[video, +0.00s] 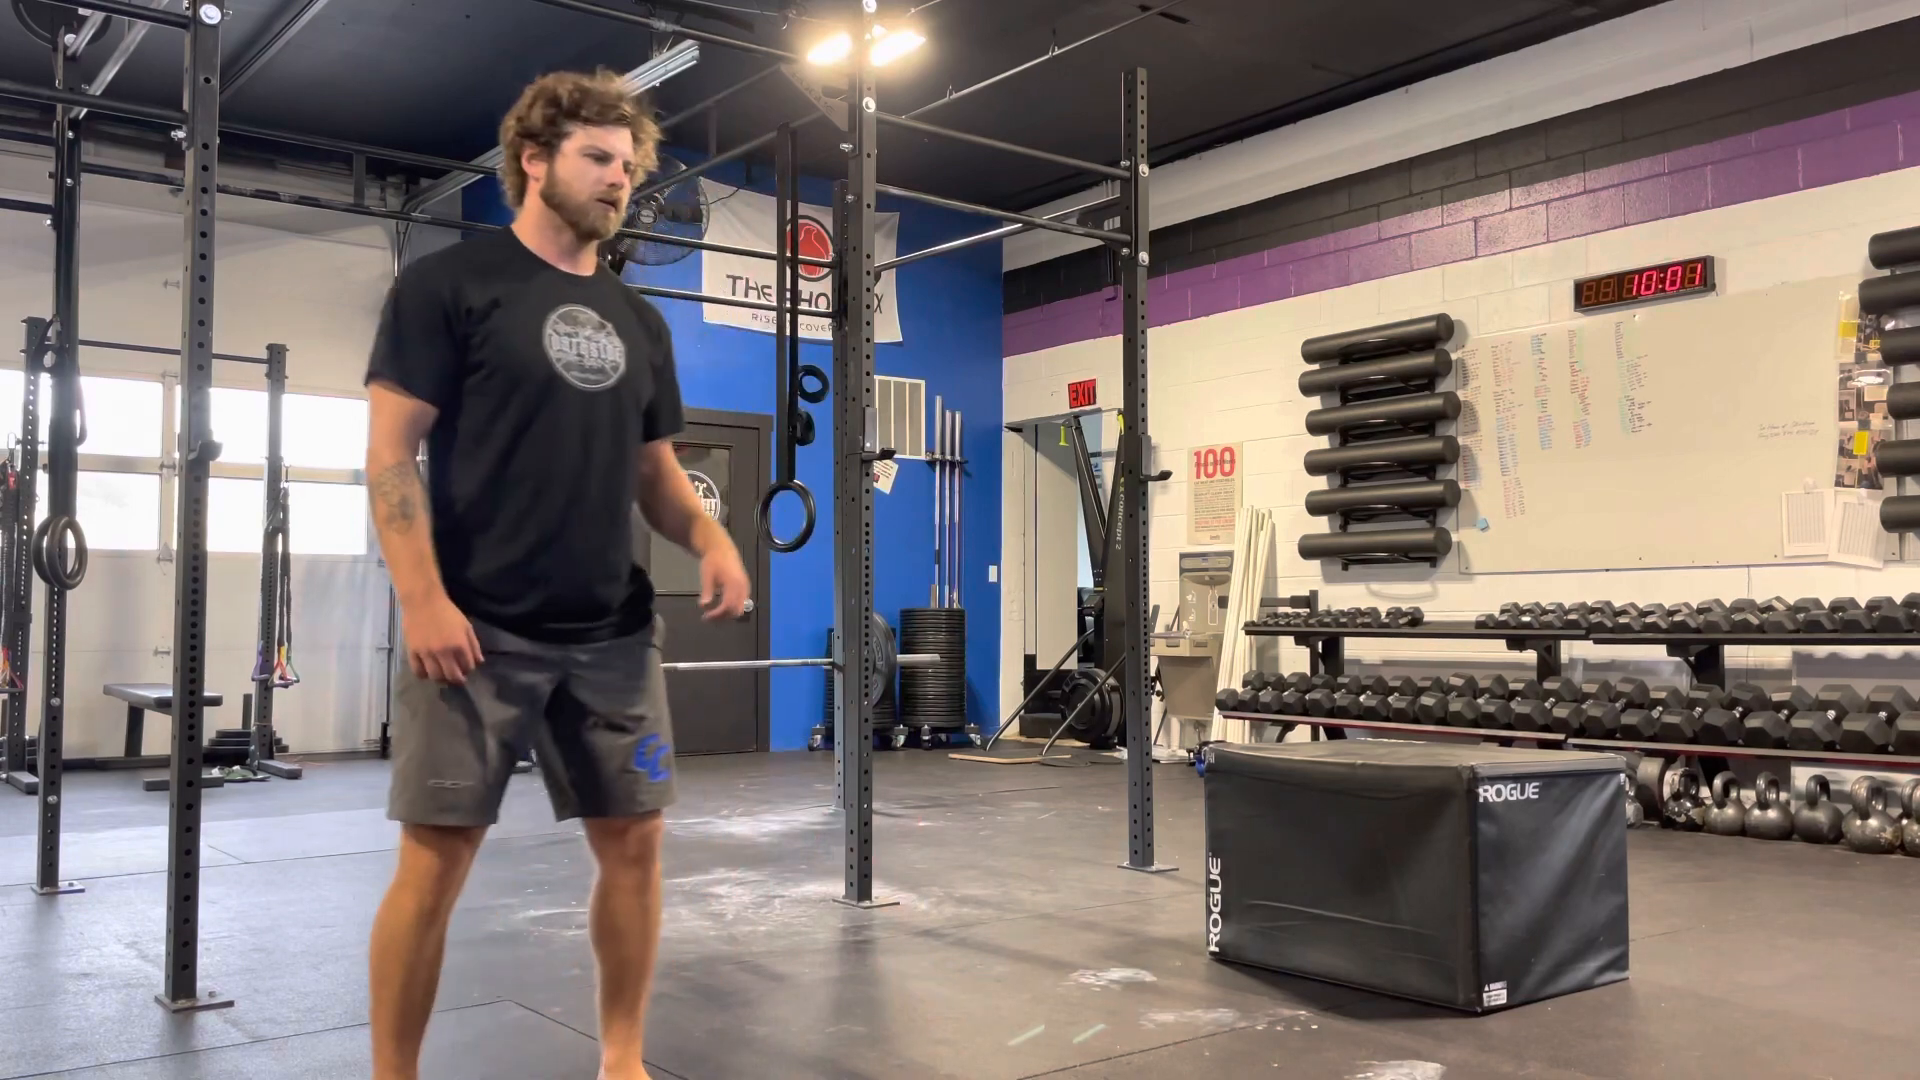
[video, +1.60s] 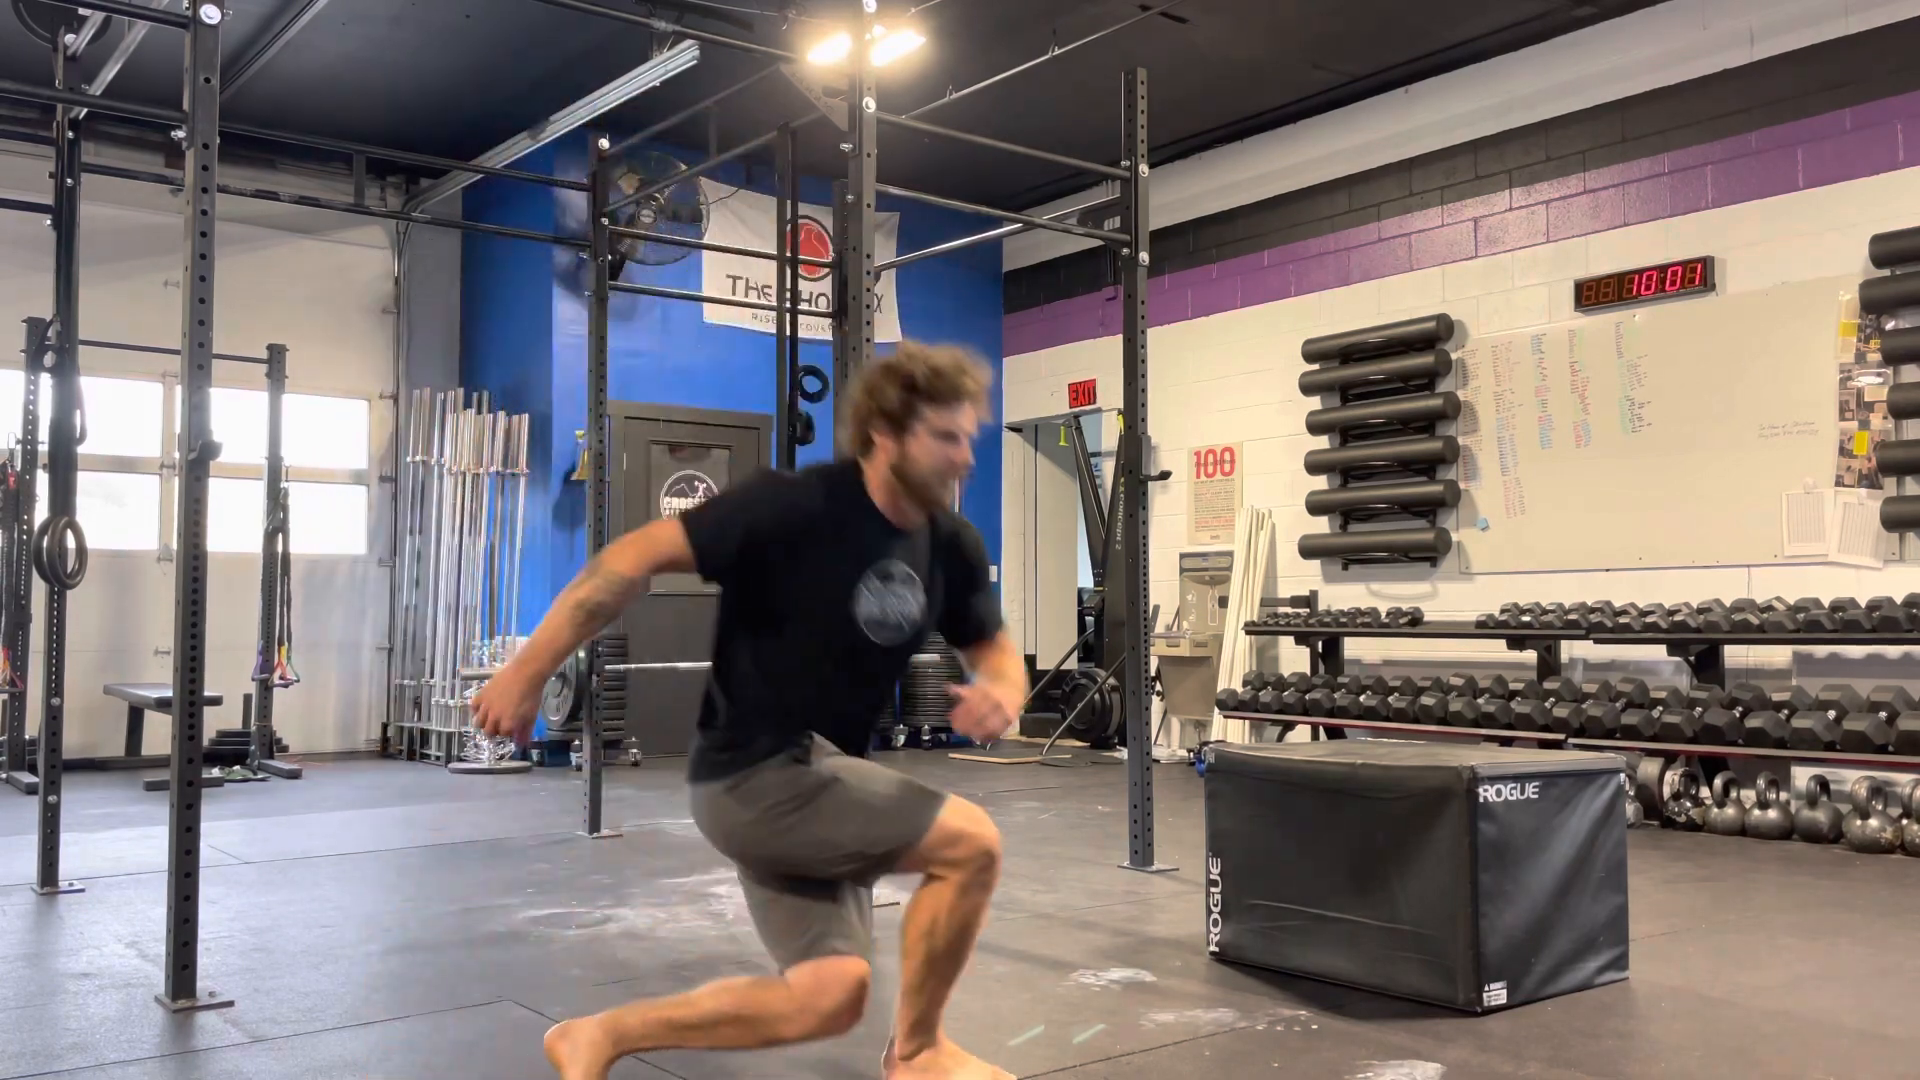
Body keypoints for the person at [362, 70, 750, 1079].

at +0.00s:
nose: (620, 179)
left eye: (630, 166)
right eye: (599, 158)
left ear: (637, 182)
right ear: (535, 162)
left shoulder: (635, 317)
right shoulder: (447, 281)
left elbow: (655, 467)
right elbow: (390, 453)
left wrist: (708, 533)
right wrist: (422, 600)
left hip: (611, 631)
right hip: (476, 627)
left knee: (634, 840)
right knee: (434, 861)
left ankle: (624, 1060)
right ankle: (393, 1072)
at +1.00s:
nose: (705, 219)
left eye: (715, 203)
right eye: (690, 198)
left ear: (716, 209)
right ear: (626, 189)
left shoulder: (693, 336)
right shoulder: (537, 298)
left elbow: (705, 483)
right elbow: (482, 453)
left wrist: (735, 593)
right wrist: (559, 575)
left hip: (665, 624)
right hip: (552, 613)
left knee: (631, 843)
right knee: (582, 822)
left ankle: (549, 1062)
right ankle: (478, 1055)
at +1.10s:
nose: (733, 232)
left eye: (742, 214)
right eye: (718, 209)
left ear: (742, 219)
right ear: (654, 198)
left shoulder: (715, 347)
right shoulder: (562, 306)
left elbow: (730, 489)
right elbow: (494, 453)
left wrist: (766, 589)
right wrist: (537, 590)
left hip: (686, 628)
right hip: (588, 613)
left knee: (635, 845)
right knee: (666, 811)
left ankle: (555, 1054)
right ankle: (591, 1046)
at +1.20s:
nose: (765, 244)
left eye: (774, 228)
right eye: (750, 222)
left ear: (769, 230)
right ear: (686, 211)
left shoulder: (741, 357)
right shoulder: (588, 319)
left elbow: (758, 497)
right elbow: (507, 456)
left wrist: (804, 584)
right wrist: (512, 604)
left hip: (704, 627)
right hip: (610, 618)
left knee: (653, 860)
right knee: (739, 801)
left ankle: (549, 1059)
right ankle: (726, 1042)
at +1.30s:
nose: (805, 264)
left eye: (811, 247)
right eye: (790, 244)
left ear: (789, 251)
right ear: (724, 236)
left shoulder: (779, 378)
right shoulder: (627, 336)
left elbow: (798, 511)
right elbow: (524, 468)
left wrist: (845, 583)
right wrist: (495, 618)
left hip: (729, 645)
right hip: (644, 642)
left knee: (691, 870)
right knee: (803, 806)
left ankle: (550, 1059)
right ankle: (836, 1021)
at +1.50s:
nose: (902, 376)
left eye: (908, 358)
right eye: (885, 354)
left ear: (908, 359)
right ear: (822, 351)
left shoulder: (885, 471)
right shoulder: (727, 441)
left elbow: (920, 585)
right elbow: (581, 530)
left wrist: (939, 632)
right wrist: (510, 665)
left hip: (793, 721)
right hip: (727, 720)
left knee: (804, 942)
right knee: (927, 836)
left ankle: (578, 1041)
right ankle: (911, 1048)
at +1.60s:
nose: (964, 457)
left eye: (970, 440)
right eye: (947, 436)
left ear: (972, 443)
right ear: (884, 437)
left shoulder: (948, 546)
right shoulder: (790, 507)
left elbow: (996, 651)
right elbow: (634, 555)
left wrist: (1001, 696)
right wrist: (525, 672)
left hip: (817, 780)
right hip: (756, 775)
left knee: (831, 995)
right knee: (970, 845)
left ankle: (599, 1036)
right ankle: (916, 1049)